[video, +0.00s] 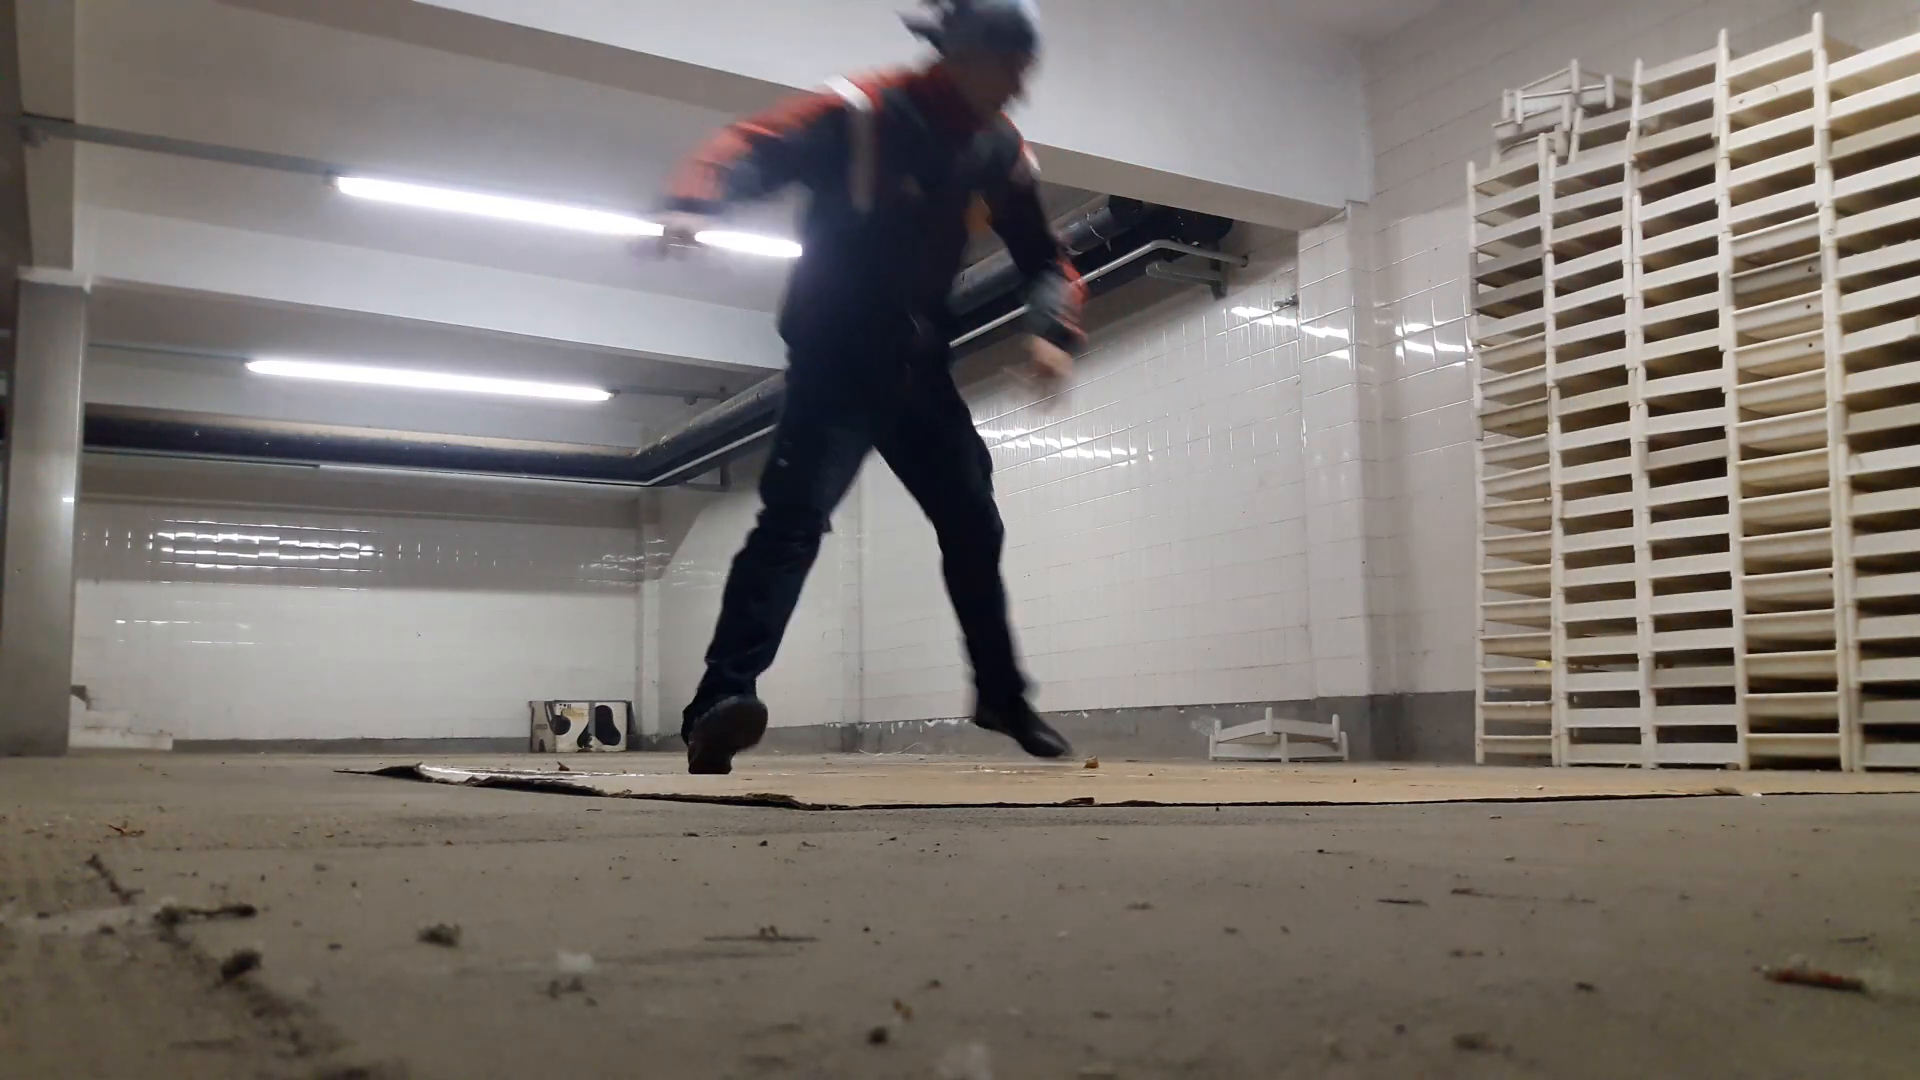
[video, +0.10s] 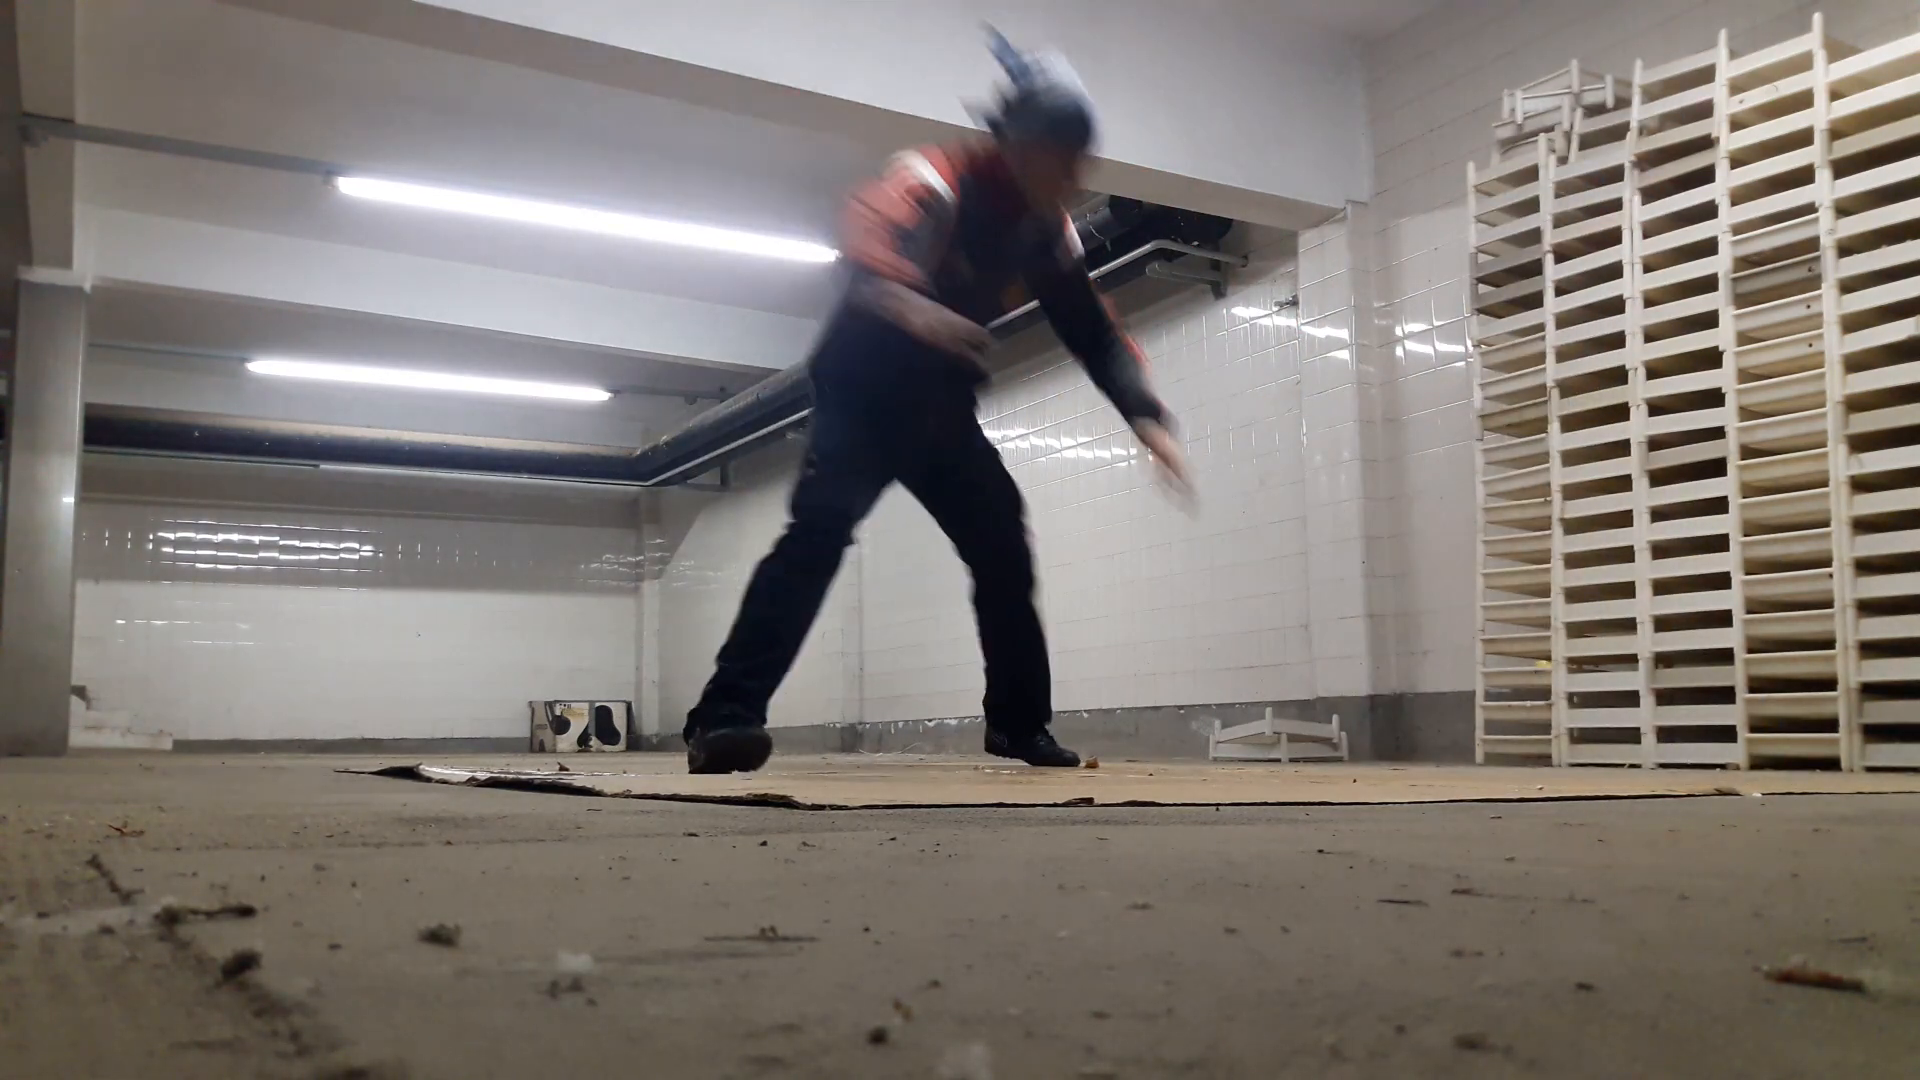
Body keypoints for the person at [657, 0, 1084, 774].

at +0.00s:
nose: (1014, 86)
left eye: (1022, 72)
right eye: (1005, 67)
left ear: (1016, 70)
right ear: (960, 52)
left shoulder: (1001, 153)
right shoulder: (865, 110)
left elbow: (1047, 263)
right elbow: (752, 145)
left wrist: (1053, 334)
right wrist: (691, 203)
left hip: (918, 366)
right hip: (835, 356)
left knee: (971, 521)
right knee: (792, 522)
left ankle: (1000, 697)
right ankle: (719, 703)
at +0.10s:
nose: (1071, 178)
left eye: (1077, 161)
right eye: (1059, 159)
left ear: (1074, 158)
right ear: (1016, 142)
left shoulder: (1047, 226)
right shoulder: (933, 179)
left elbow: (1091, 324)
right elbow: (866, 245)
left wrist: (1145, 415)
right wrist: (913, 305)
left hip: (940, 406)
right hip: (862, 390)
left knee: (1000, 545)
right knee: (816, 533)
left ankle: (1019, 726)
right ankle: (725, 720)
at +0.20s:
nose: (1140, 277)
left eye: (1146, 262)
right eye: (1136, 257)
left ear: (1097, 246)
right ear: (1090, 239)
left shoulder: (1077, 310)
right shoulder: (992, 266)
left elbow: (1116, 414)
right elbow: (1033, 385)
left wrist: (1188, 510)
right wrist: (1138, 481)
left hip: (947, 447)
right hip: (869, 425)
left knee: (1021, 574)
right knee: (856, 534)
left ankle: (1021, 733)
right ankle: (733, 725)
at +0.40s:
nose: (1206, 472)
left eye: (1213, 460)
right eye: (1214, 457)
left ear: (1178, 400)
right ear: (1205, 428)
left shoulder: (1099, 420)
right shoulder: (1165, 434)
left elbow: (1009, 502)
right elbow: (1207, 583)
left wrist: (980, 637)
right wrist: (1255, 723)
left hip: (934, 374)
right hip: (922, 361)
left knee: (946, 545)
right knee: (896, 564)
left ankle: (741, 676)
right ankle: (694, 699)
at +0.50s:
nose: (1151, 565)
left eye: (1152, 563)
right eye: (1161, 559)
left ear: (1134, 537)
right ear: (1175, 526)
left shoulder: (1067, 493)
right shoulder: (1190, 485)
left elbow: (960, 584)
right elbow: (1217, 602)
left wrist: (991, 714)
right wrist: (1251, 748)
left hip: (971, 357)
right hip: (1043, 367)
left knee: (851, 529)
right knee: (971, 561)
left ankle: (690, 447)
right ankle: (805, 622)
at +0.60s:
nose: (1108, 627)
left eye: (1099, 625)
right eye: (1111, 622)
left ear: (1067, 587)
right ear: (1119, 588)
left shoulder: (1022, 554)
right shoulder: (1149, 539)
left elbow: (987, 655)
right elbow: (1225, 612)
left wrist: (1039, 756)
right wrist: (1252, 751)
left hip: (1023, 400)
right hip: (1110, 413)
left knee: (839, 447)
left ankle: (718, 251)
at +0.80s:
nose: (969, 718)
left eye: (958, 705)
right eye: (962, 707)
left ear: (952, 681)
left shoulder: (988, 682)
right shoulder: (1082, 599)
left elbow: (1087, 757)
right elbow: (1181, 637)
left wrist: (1020, 760)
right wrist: (1245, 745)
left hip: (1054, 474)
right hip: (1081, 429)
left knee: (1230, 564)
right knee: (1215, 483)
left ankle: (1408, 582)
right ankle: (1343, 345)